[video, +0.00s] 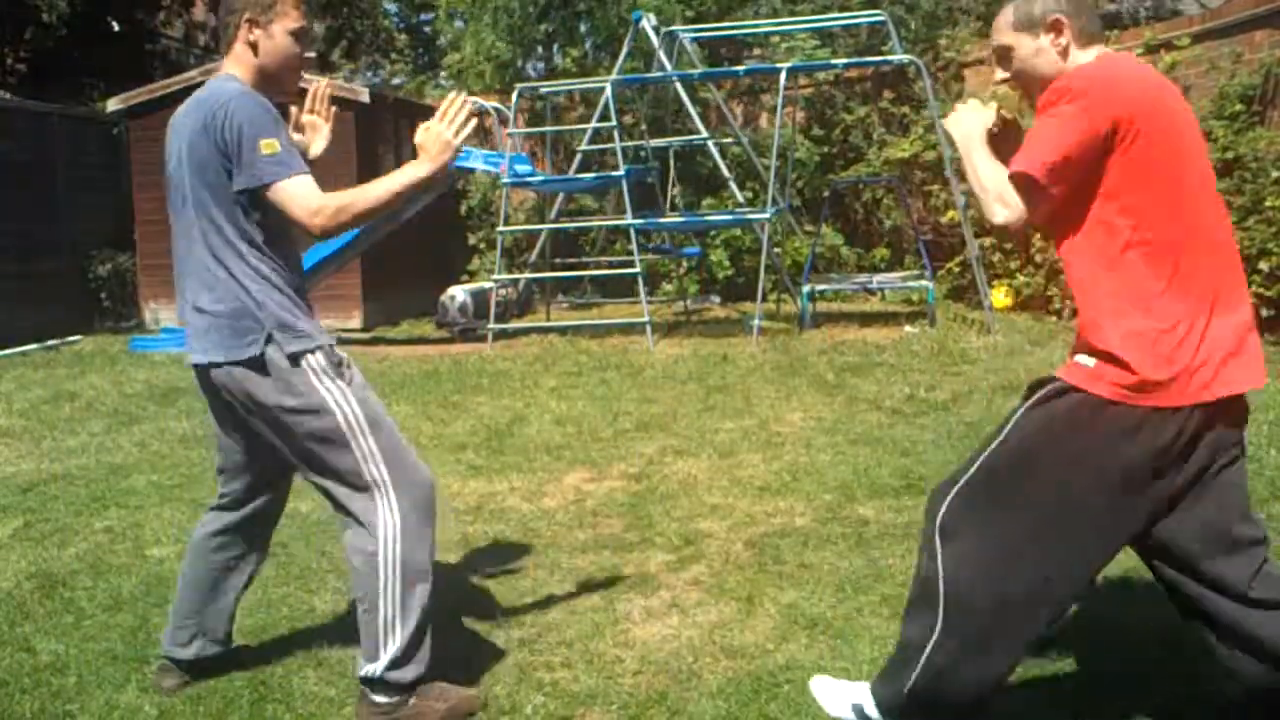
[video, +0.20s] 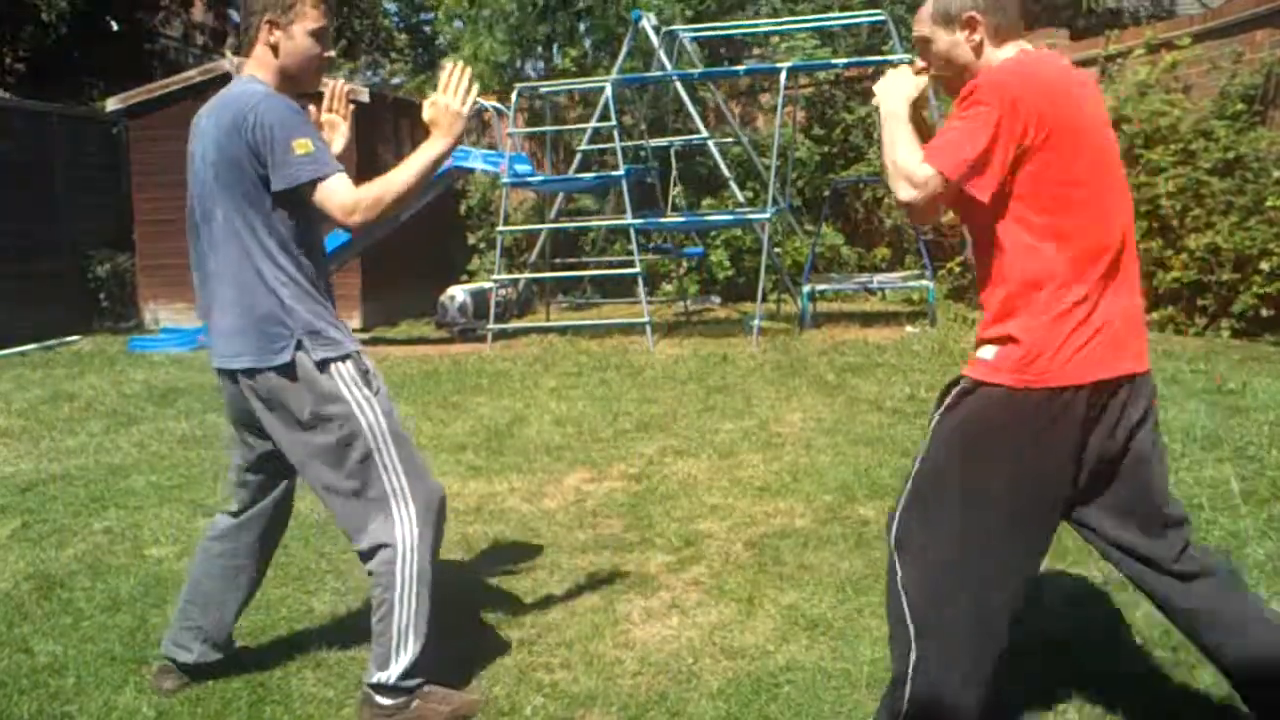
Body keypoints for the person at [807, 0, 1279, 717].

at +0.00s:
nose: (1002, 73)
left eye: (1007, 54)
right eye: (998, 57)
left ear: (1057, 35)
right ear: (1065, 32)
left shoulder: (1091, 89)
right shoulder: (1141, 83)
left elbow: (1008, 209)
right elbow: (1048, 200)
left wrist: (970, 136)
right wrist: (985, 146)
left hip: (1130, 376)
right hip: (1207, 372)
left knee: (970, 524)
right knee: (1232, 579)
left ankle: (910, 702)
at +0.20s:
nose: (922, 62)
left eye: (925, 45)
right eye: (918, 47)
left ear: (973, 32)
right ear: (987, 27)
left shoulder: (1007, 84)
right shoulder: (1069, 80)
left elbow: (914, 191)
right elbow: (976, 205)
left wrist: (893, 107)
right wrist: (918, 119)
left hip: (1030, 374)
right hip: (1112, 367)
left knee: (936, 554)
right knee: (1168, 553)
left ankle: (929, 708)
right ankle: (1273, 684)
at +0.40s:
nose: (851, 34)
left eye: (852, 15)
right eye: (848, 19)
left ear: (897, 4)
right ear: (924, 7)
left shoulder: (921, 55)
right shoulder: (998, 55)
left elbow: (856, 183)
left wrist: (829, 112)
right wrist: (853, 103)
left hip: (946, 341)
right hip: (1027, 338)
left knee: (835, 492)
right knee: (994, 507)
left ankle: (862, 687)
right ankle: (1068, 681)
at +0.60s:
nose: (762, 94)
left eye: (765, 78)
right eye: (759, 80)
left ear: (801, 70)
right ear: (819, 69)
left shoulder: (838, 119)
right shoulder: (887, 121)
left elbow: (889, 229)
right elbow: (836, 246)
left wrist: (830, 334)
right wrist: (787, 196)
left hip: (843, 388)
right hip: (911, 387)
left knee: (740, 539)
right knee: (954, 551)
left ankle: (654, 684)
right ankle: (1074, 687)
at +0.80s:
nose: (656, 67)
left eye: (658, 54)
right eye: (655, 57)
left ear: (688, 48)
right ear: (737, 47)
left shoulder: (688, 80)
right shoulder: (796, 107)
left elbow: (651, 120)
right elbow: (805, 209)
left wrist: (547, 142)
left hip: (700, 341)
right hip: (789, 341)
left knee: (636, 513)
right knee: (813, 483)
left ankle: (629, 690)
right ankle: (903, 614)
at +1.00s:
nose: (605, 58)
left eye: (607, 48)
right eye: (608, 49)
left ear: (622, 47)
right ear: (676, 51)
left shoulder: (607, 73)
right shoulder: (731, 106)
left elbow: (513, 84)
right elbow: (784, 208)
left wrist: (432, 55)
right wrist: (740, 257)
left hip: (623, 327)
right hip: (701, 330)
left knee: (613, 506)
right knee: (686, 466)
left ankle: (623, 688)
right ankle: (707, 592)